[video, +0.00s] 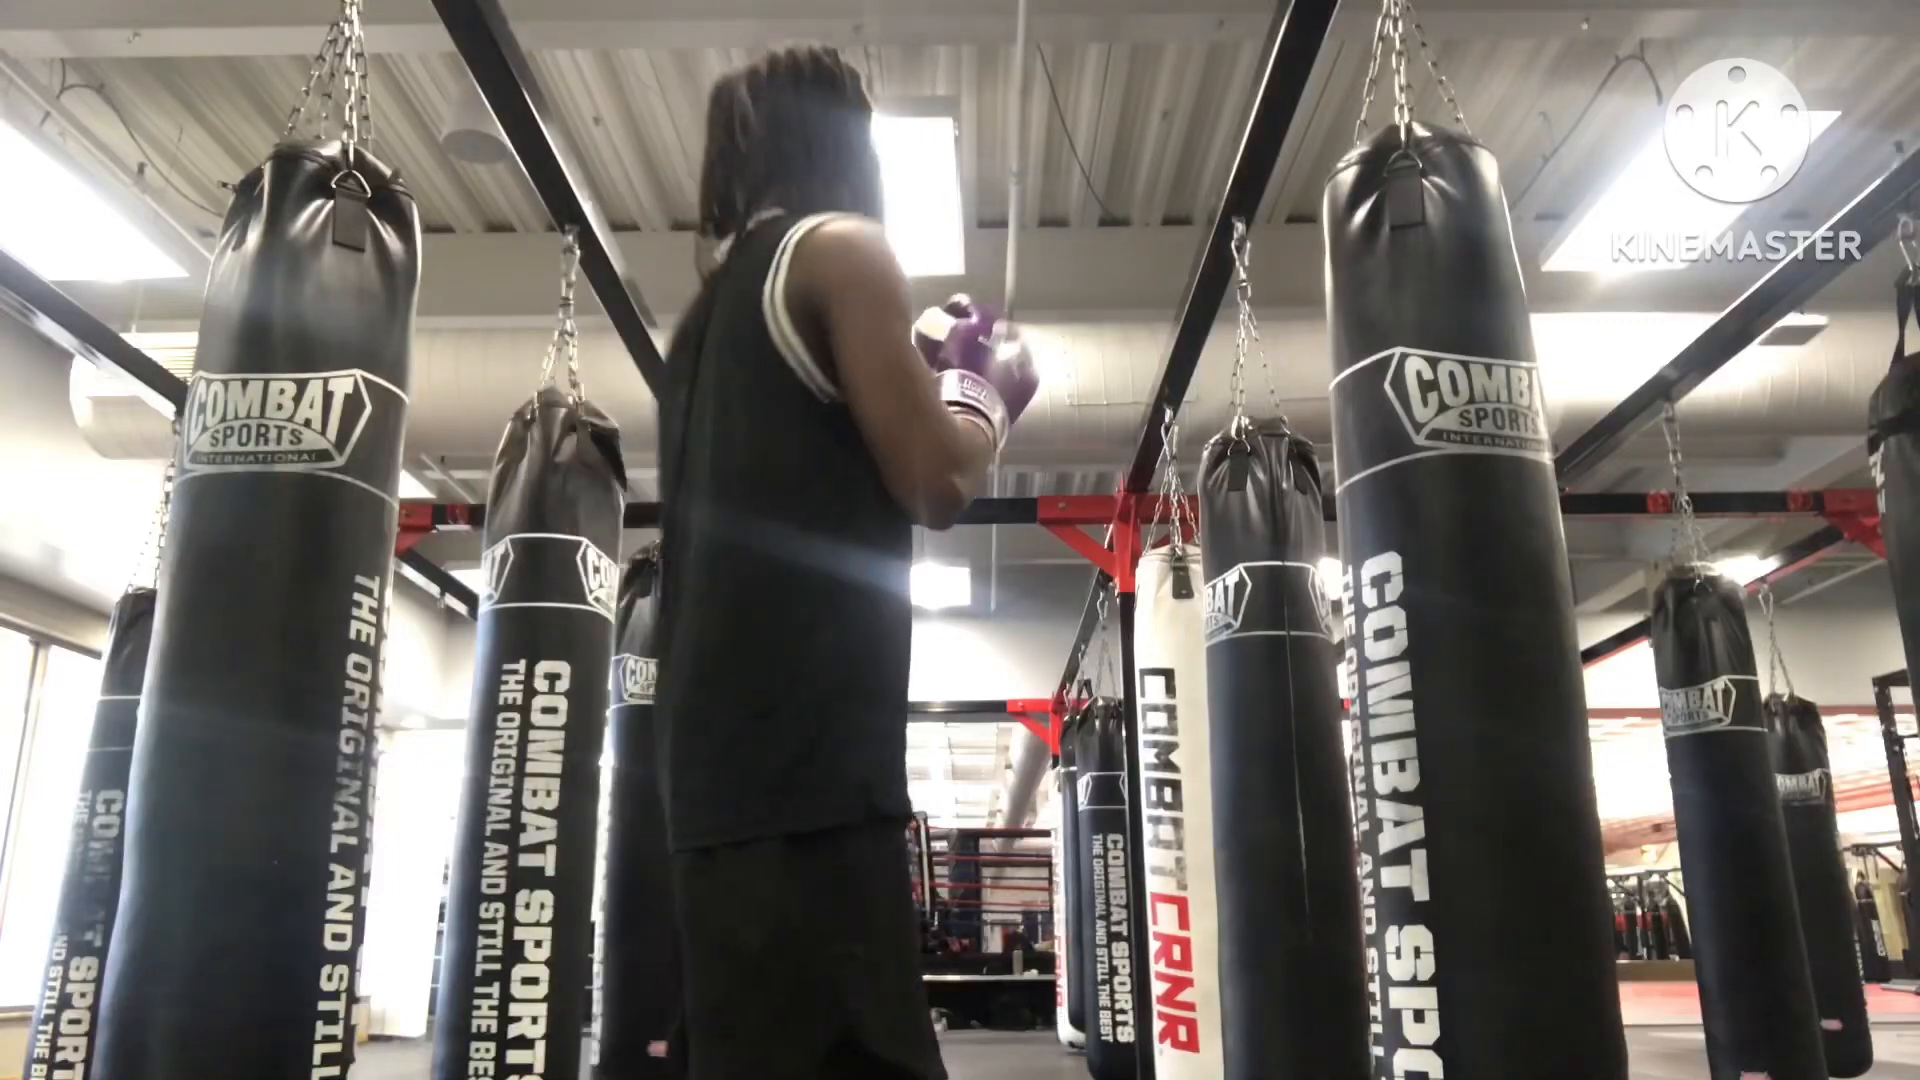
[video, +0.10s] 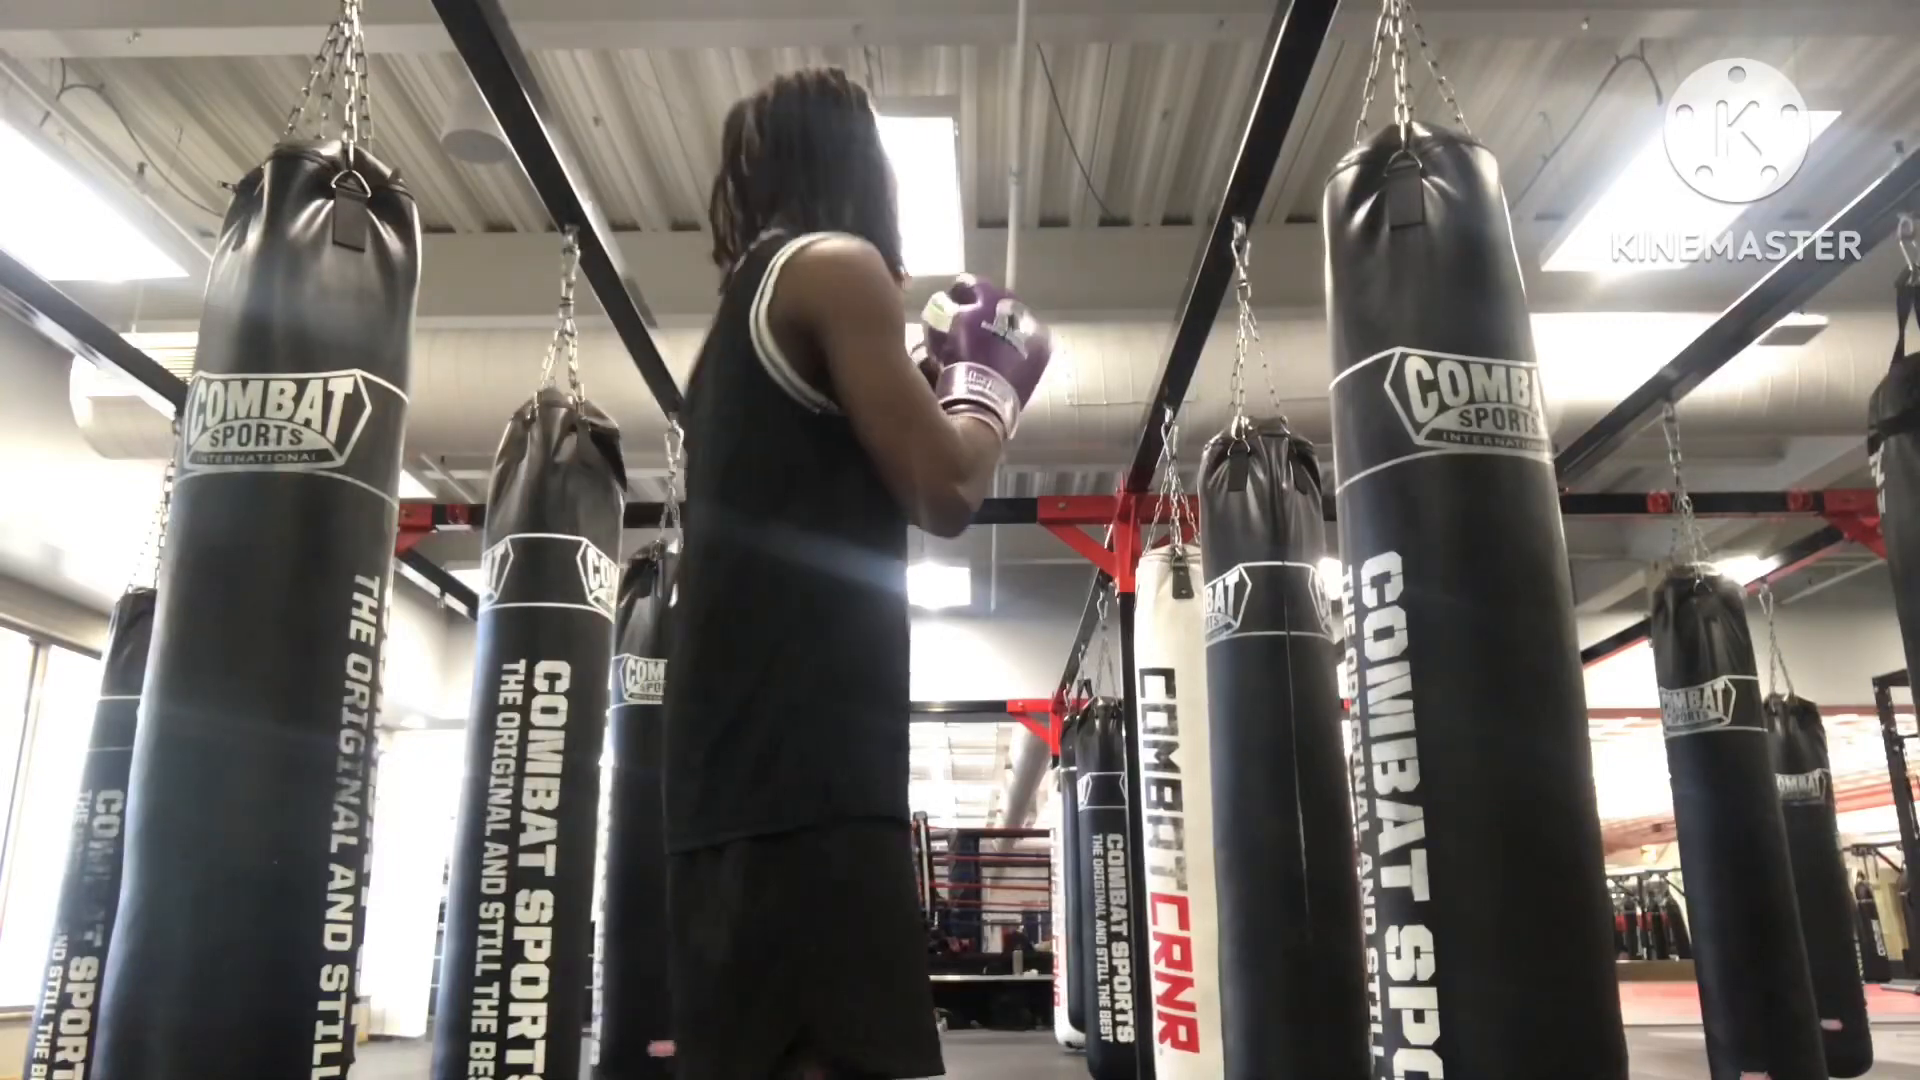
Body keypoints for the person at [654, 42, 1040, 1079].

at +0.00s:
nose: (873, 154)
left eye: (866, 135)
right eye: (864, 133)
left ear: (739, 151)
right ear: (837, 138)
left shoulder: (716, 296)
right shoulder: (837, 250)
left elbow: (795, 463)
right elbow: (938, 482)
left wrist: (918, 363)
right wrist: (986, 401)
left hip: (717, 746)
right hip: (809, 746)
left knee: (750, 1036)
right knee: (851, 1040)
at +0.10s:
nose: (886, 172)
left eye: (878, 150)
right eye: (874, 150)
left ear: (754, 172)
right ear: (847, 158)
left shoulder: (752, 295)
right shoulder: (833, 268)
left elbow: (826, 473)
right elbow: (946, 492)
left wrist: (928, 366)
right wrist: (993, 384)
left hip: (739, 767)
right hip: (810, 767)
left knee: (755, 1045)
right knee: (865, 1046)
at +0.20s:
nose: (899, 188)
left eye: (889, 166)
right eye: (886, 166)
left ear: (769, 186)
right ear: (862, 176)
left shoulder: (772, 296)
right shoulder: (830, 283)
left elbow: (938, 497)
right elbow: (953, 488)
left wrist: (964, 366)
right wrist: (999, 375)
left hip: (755, 765)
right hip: (811, 770)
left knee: (755, 1046)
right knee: (846, 1050)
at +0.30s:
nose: (906, 195)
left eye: (896, 173)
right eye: (891, 173)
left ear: (780, 190)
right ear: (862, 183)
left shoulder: (775, 303)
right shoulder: (830, 286)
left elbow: (941, 504)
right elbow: (952, 475)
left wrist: (988, 420)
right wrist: (990, 368)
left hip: (759, 749)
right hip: (813, 752)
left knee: (763, 1041)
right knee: (833, 1044)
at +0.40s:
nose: (910, 199)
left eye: (901, 176)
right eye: (895, 176)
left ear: (786, 192)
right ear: (864, 187)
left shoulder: (777, 302)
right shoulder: (830, 291)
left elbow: (925, 511)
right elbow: (948, 479)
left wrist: (978, 396)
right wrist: (987, 371)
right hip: (809, 743)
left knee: (774, 1028)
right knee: (792, 1032)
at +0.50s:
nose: (910, 203)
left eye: (901, 180)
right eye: (894, 180)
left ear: (790, 197)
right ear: (853, 192)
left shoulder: (769, 308)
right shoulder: (815, 298)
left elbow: (923, 518)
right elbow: (911, 503)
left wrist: (973, 419)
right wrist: (981, 419)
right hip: (800, 742)